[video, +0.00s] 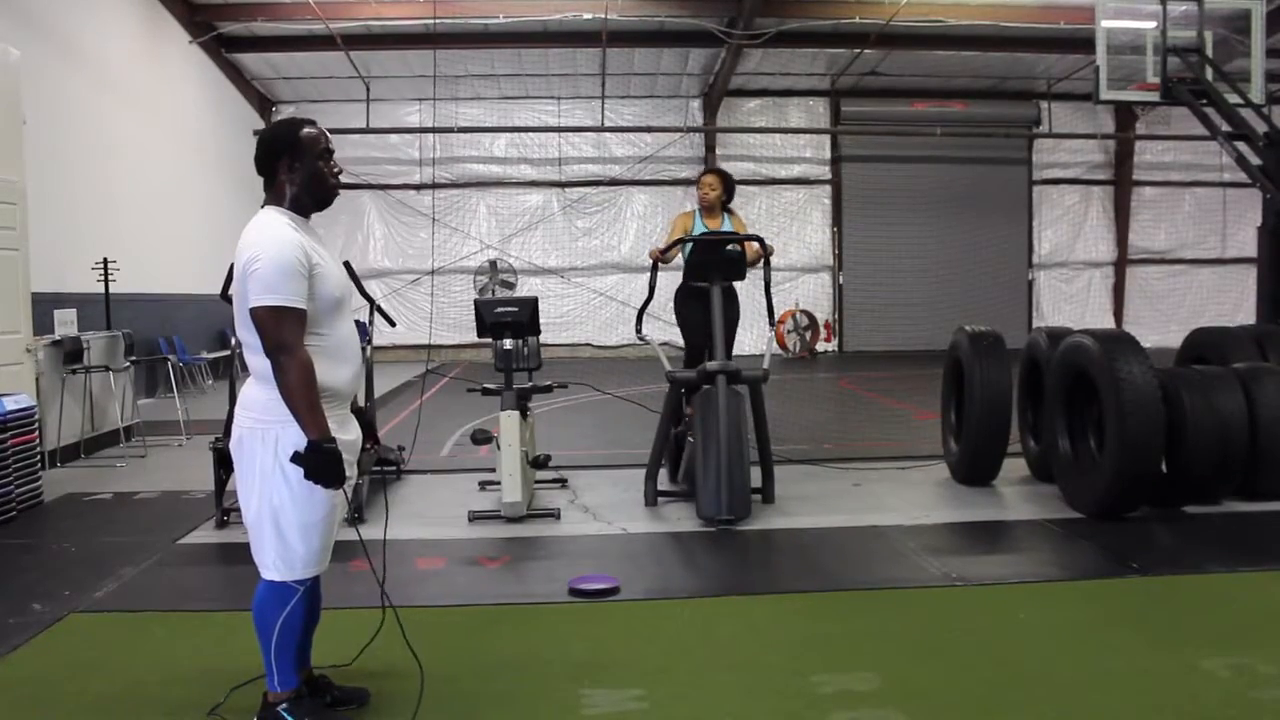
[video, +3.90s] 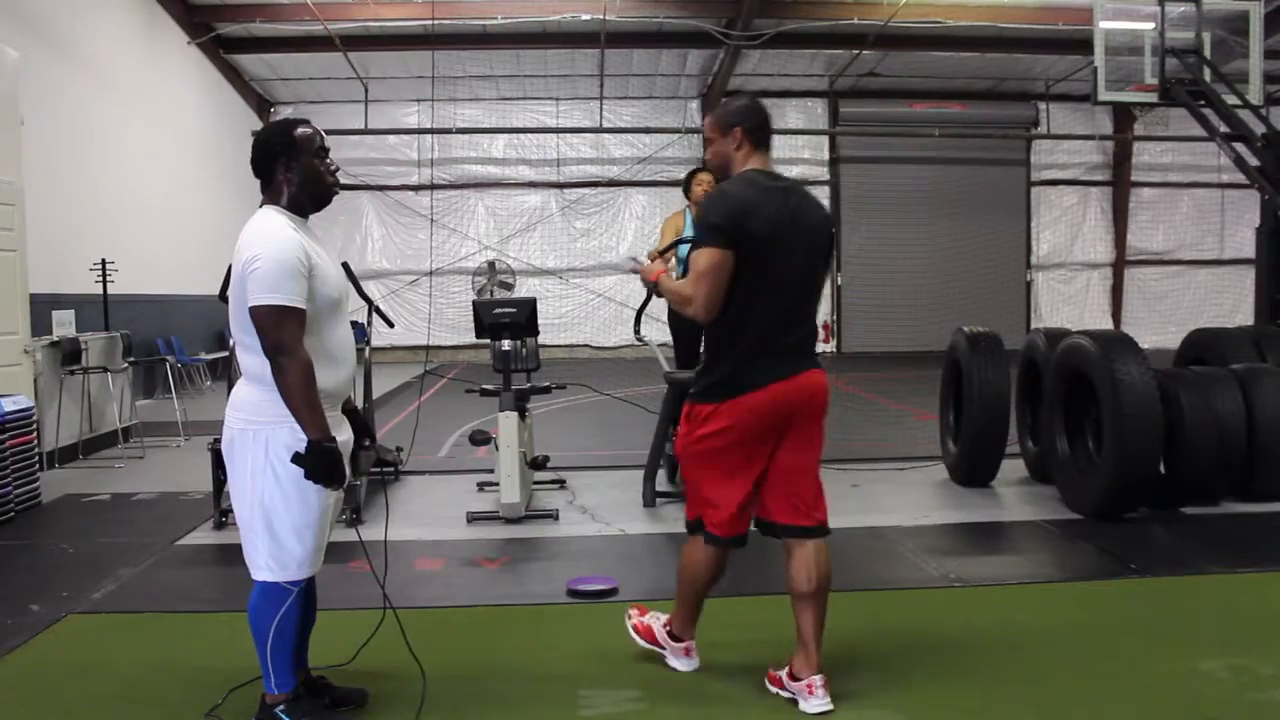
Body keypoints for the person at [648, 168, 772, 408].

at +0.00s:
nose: (704, 193)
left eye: (711, 189)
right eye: (701, 188)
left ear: (723, 194)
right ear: (696, 190)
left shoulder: (734, 221)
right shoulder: (685, 220)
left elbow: (746, 258)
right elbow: (670, 253)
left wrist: (759, 253)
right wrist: (660, 255)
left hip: (725, 294)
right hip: (692, 295)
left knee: (723, 352)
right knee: (696, 348)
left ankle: (721, 407)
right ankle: (690, 405)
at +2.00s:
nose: (712, 193)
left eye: (719, 189)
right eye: (708, 188)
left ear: (730, 197)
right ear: (703, 192)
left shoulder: (737, 225)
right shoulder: (690, 221)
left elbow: (748, 259)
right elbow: (670, 256)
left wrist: (760, 254)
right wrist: (659, 254)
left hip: (723, 297)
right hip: (691, 297)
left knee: (723, 356)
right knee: (690, 354)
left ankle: (720, 409)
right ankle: (683, 408)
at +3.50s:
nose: (693, 187)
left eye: (699, 182)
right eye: (688, 182)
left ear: (708, 188)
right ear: (680, 187)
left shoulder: (722, 217)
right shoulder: (672, 218)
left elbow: (731, 250)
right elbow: (662, 252)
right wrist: (657, 255)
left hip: (716, 293)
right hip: (683, 294)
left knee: (722, 360)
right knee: (686, 360)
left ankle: (721, 419)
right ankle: (682, 421)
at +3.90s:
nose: (706, 188)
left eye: (710, 184)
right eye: (699, 184)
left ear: (717, 189)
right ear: (688, 191)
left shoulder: (724, 220)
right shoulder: (676, 221)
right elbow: (662, 257)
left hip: (718, 294)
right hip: (685, 293)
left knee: (718, 359)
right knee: (687, 360)